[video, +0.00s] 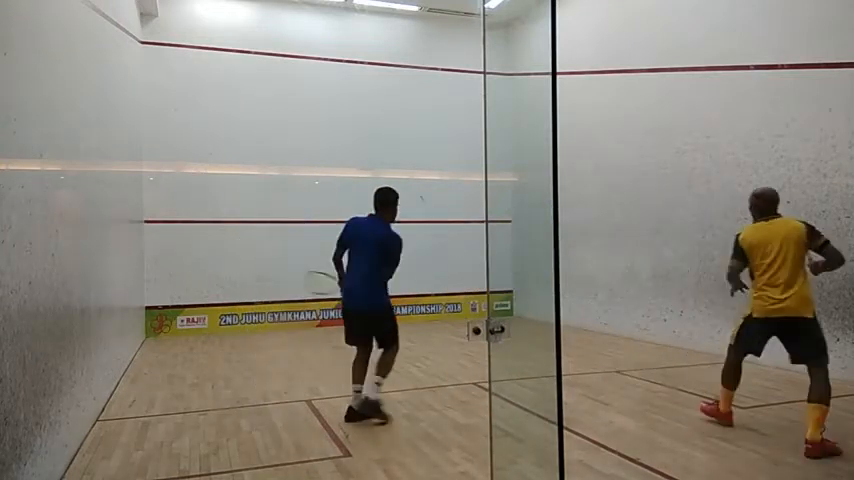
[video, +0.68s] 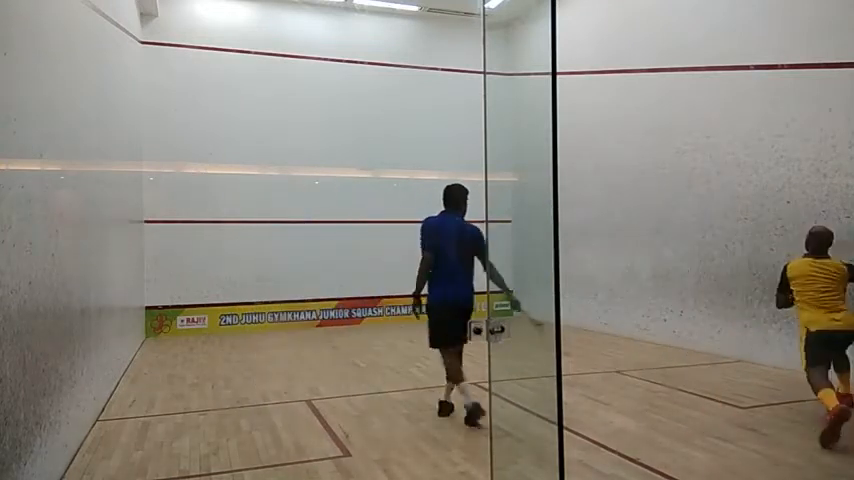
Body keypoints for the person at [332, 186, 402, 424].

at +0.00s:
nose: (397, 211)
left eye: (396, 206)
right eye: (395, 206)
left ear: (375, 205)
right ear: (390, 207)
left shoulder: (354, 225)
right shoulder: (393, 239)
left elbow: (337, 256)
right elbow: (388, 274)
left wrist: (341, 277)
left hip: (352, 302)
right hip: (377, 303)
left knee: (363, 349)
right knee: (391, 346)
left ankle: (357, 402)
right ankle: (372, 395)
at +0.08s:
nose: (405, 209)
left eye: (403, 205)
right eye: (405, 205)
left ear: (384, 204)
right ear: (404, 207)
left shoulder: (365, 224)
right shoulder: (406, 238)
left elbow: (346, 254)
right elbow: (393, 269)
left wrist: (335, 276)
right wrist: (360, 280)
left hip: (365, 302)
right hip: (392, 303)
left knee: (367, 348)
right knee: (405, 347)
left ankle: (357, 404)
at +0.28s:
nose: (426, 210)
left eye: (423, 205)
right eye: (427, 206)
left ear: (407, 205)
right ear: (427, 208)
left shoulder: (390, 226)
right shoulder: (431, 238)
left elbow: (371, 258)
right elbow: (421, 271)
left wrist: (346, 285)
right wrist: (390, 286)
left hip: (388, 302)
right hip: (417, 304)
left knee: (380, 350)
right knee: (431, 349)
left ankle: (362, 403)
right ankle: (443, 400)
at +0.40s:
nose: (438, 208)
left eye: (434, 203)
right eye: (439, 204)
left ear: (419, 203)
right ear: (440, 206)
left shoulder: (403, 223)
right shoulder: (444, 237)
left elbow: (391, 255)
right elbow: (438, 270)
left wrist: (375, 283)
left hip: (402, 301)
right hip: (431, 302)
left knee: (392, 348)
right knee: (440, 350)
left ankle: (377, 401)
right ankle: (444, 401)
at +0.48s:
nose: (450, 207)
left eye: (447, 202)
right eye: (450, 203)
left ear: (429, 202)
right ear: (449, 205)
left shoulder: (413, 222)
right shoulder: (455, 235)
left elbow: (409, 256)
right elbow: (454, 273)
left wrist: (402, 287)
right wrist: (456, 301)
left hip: (414, 300)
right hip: (443, 302)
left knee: (407, 346)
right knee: (445, 349)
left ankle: (407, 397)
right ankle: (444, 400)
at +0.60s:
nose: (459, 205)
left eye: (457, 201)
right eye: (459, 202)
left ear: (437, 202)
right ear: (457, 204)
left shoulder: (422, 223)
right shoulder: (463, 234)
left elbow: (419, 259)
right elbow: (472, 268)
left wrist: (414, 290)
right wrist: (482, 287)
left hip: (424, 296)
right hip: (451, 298)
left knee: (424, 346)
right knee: (450, 348)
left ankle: (437, 388)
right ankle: (445, 395)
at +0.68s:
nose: (467, 205)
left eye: (466, 201)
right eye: (466, 201)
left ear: (444, 201)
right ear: (463, 203)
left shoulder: (430, 225)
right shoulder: (472, 231)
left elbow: (427, 261)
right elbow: (488, 267)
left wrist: (417, 293)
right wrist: (507, 291)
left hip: (439, 299)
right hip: (464, 299)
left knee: (448, 351)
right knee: (456, 349)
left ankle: (469, 401)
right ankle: (446, 400)